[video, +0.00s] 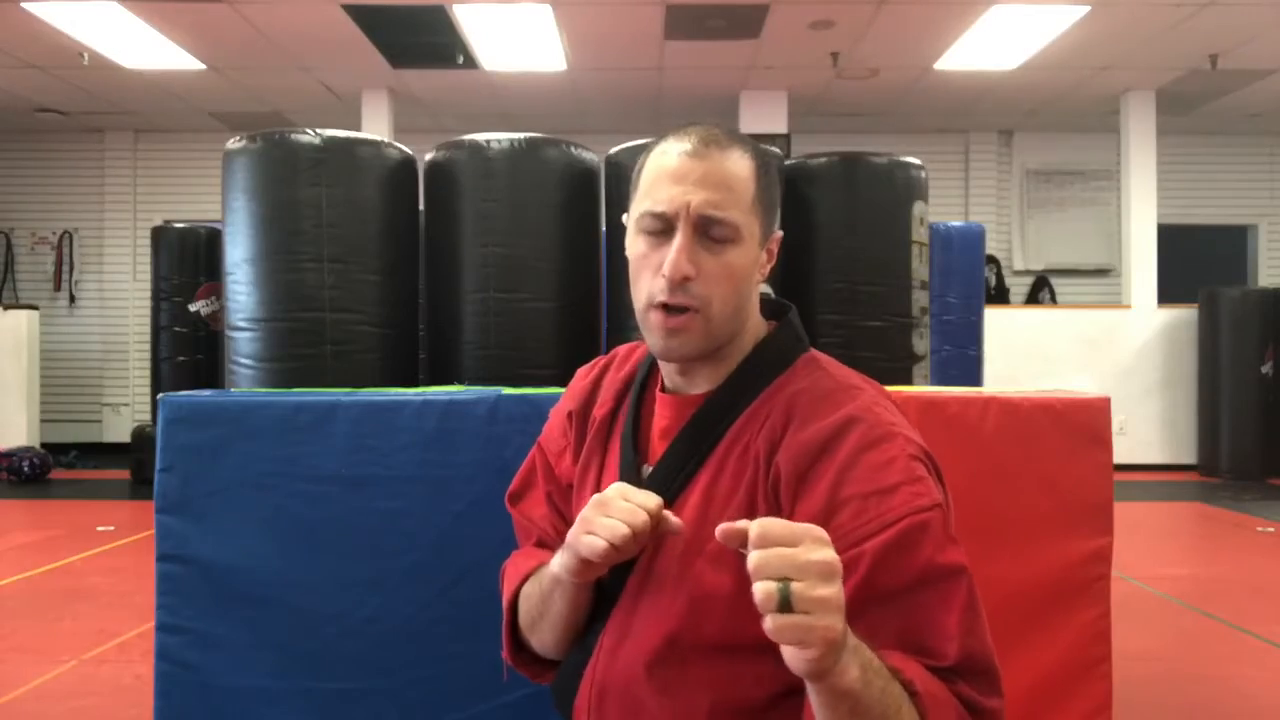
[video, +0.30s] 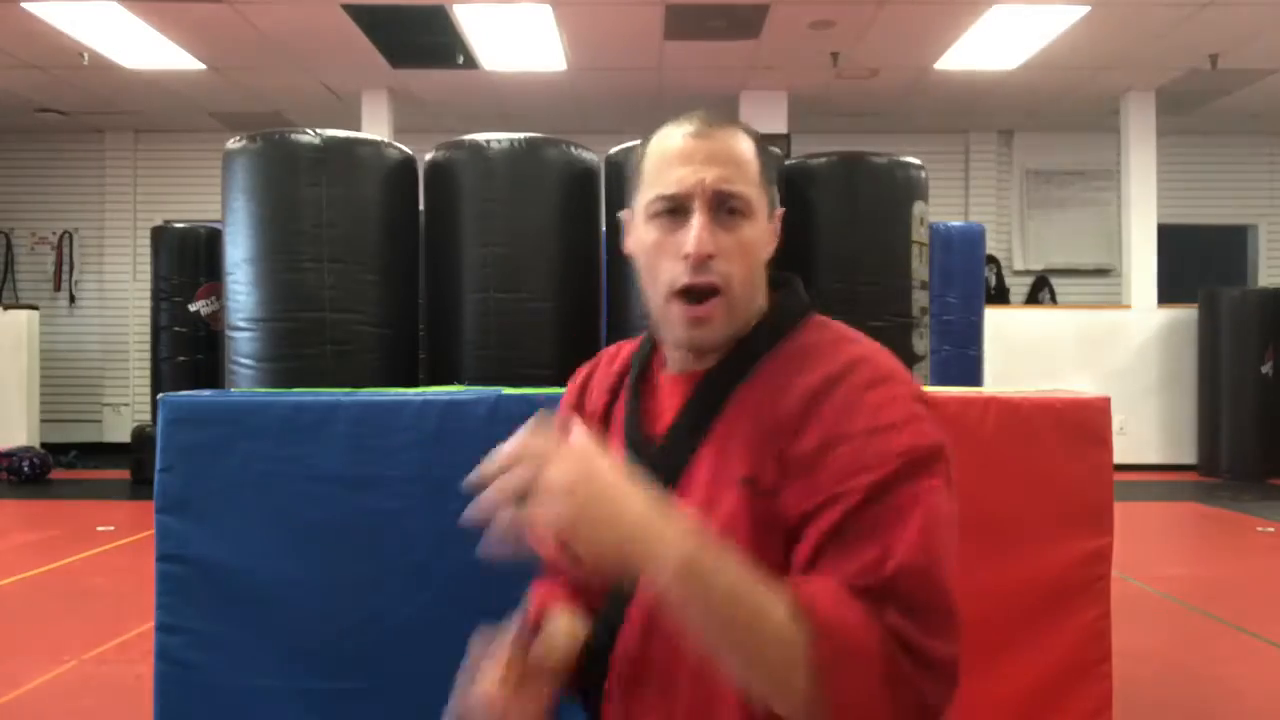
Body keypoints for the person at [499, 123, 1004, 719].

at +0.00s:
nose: (676, 267)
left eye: (715, 235)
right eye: (657, 229)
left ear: (766, 259)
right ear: (626, 240)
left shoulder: (852, 435)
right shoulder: (599, 392)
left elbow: (953, 702)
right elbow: (537, 641)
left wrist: (836, 663)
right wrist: (568, 569)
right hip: (595, 705)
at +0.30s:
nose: (699, 244)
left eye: (730, 211)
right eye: (672, 213)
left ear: (773, 233)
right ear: (630, 236)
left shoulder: (863, 396)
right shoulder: (600, 389)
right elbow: (575, 577)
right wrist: (538, 655)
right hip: (630, 704)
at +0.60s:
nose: (450, 282)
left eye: (483, 246)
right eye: (423, 253)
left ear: (550, 262)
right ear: (399, 280)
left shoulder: (644, 394)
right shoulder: (457, 459)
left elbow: (822, 621)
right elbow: (465, 669)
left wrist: (692, 671)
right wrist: (341, 700)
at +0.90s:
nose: (343, 114)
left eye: (378, 85)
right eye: (314, 83)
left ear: (430, 120)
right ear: (271, 116)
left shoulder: (547, 275)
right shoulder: (264, 323)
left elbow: (713, 479)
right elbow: (274, 586)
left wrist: (707, 698)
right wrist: (249, 707)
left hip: (599, 689)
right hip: (427, 692)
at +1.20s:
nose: (486, 27)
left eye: (519, 19)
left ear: (531, 69)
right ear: (394, 15)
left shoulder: (602, 229)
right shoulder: (250, 227)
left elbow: (695, 409)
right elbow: (230, 486)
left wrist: (695, 593)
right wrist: (253, 695)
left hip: (555, 682)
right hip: (345, 686)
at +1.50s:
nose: (665, 92)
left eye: (694, 71)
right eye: (639, 55)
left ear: (712, 103)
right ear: (572, 64)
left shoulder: (761, 282)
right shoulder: (425, 248)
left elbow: (806, 456)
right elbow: (362, 523)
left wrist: (797, 594)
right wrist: (354, 708)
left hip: (684, 695)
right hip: (473, 694)